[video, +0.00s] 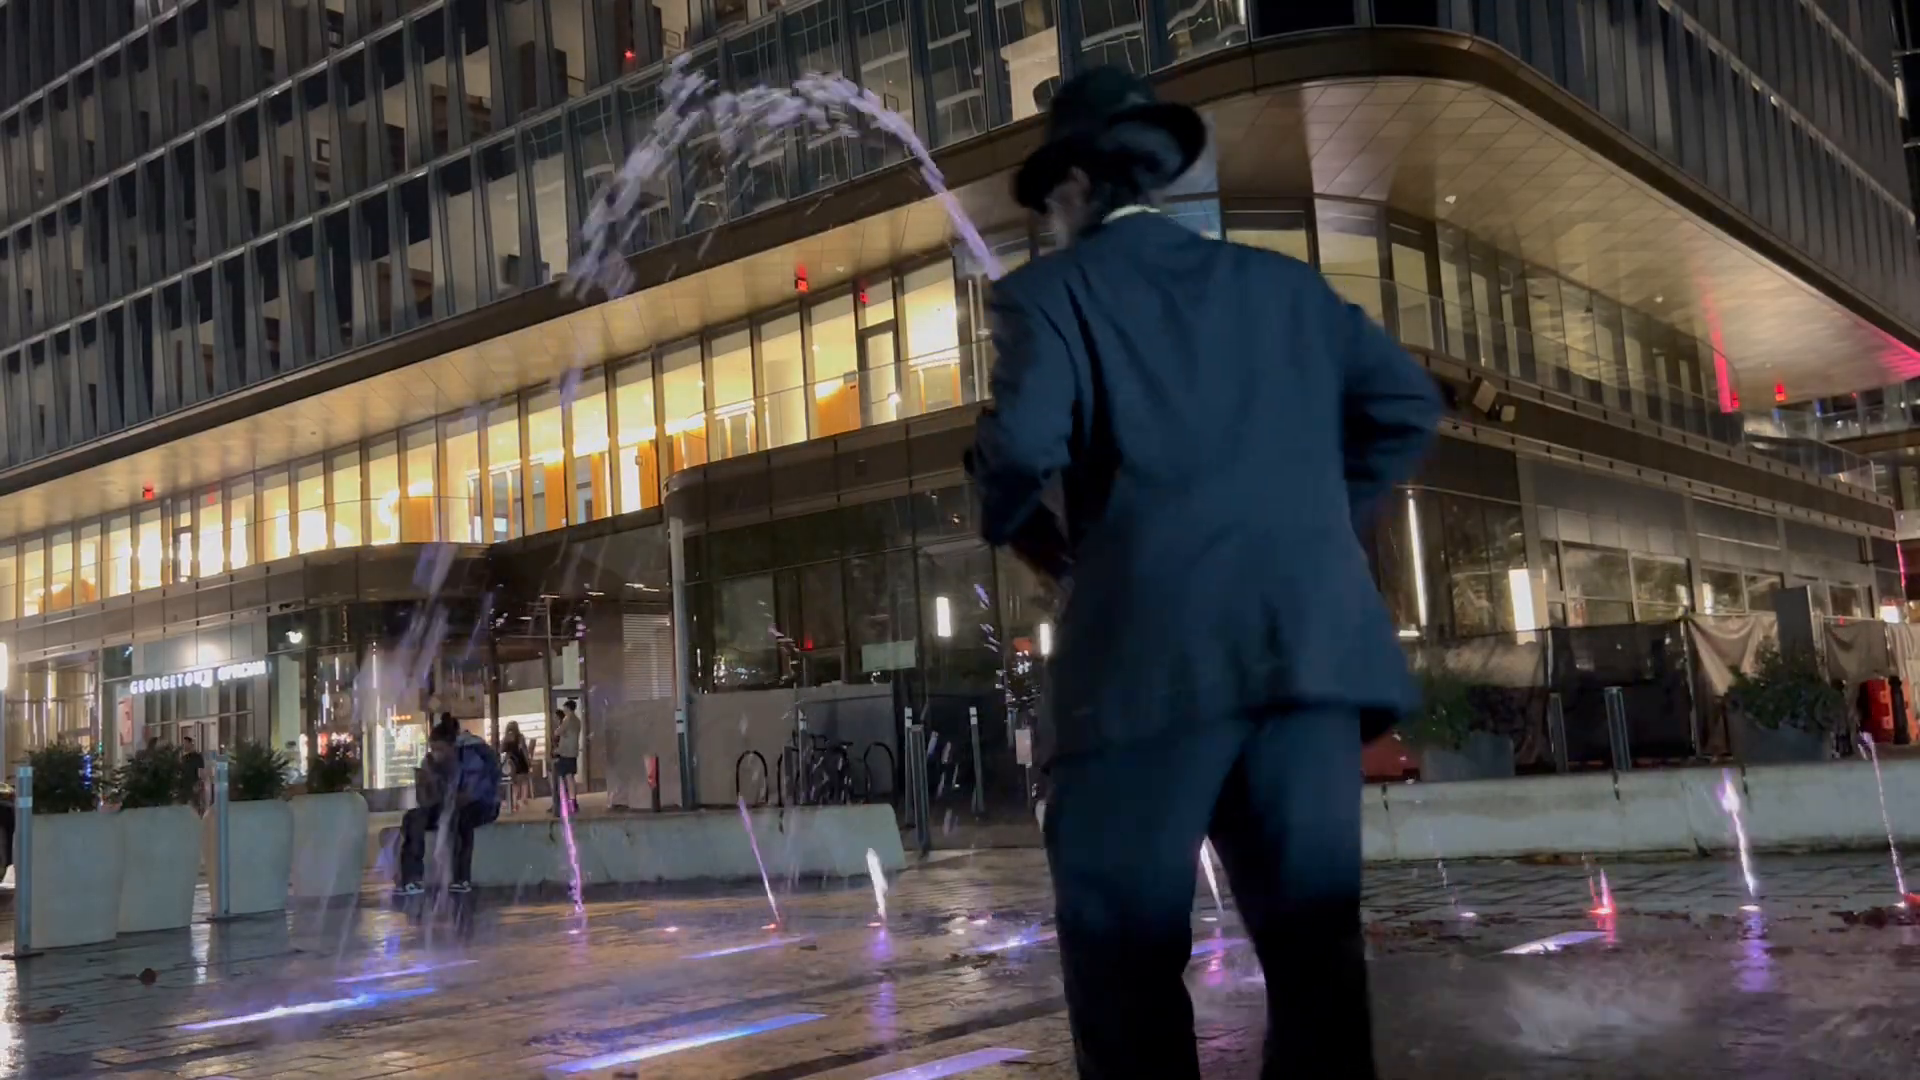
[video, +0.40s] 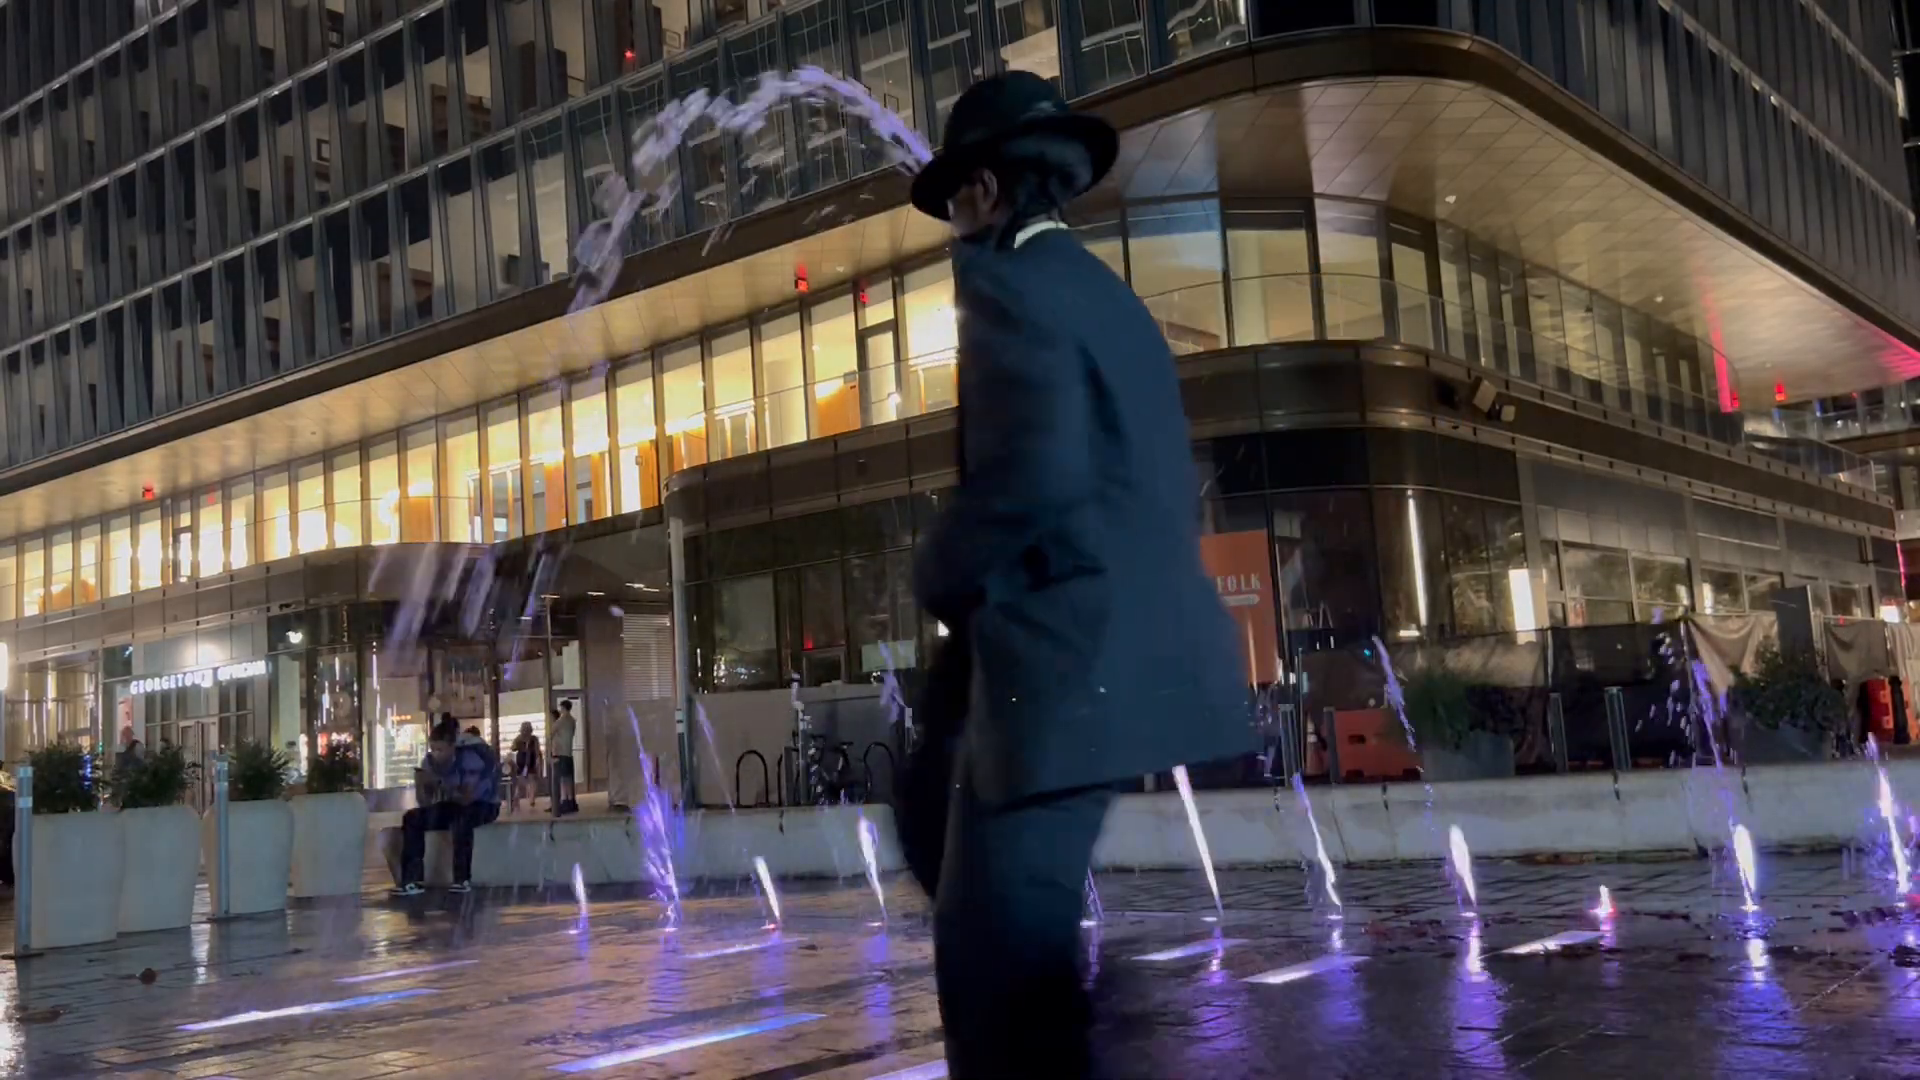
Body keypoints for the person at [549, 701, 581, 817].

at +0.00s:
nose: (564, 711)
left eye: (565, 709)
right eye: (564, 709)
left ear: (567, 709)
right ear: (573, 709)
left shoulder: (567, 720)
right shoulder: (577, 720)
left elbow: (558, 732)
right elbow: (573, 735)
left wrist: (559, 727)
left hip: (564, 753)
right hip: (573, 752)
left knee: (560, 779)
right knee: (571, 778)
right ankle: (573, 801)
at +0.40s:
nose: (560, 710)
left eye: (561, 708)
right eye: (561, 708)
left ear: (563, 708)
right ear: (569, 708)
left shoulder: (560, 720)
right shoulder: (572, 720)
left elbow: (552, 733)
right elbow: (571, 734)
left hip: (560, 753)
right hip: (568, 752)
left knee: (563, 779)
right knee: (570, 779)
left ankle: (564, 801)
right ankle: (572, 800)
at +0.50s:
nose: (558, 710)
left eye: (559, 708)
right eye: (559, 708)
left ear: (561, 708)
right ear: (568, 708)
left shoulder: (559, 721)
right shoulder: (571, 720)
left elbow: (551, 733)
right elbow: (568, 736)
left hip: (558, 754)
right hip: (568, 753)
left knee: (556, 781)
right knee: (570, 780)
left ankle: (556, 805)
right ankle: (572, 801)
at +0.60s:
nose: (558, 710)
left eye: (558, 708)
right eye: (558, 708)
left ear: (561, 708)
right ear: (567, 708)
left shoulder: (559, 720)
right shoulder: (570, 720)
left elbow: (552, 731)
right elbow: (570, 736)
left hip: (560, 754)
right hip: (568, 753)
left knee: (559, 779)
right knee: (570, 780)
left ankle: (558, 803)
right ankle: (571, 801)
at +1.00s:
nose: (558, 710)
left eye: (560, 708)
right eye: (558, 708)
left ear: (562, 708)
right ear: (567, 708)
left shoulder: (560, 720)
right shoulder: (570, 719)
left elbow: (556, 734)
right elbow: (571, 735)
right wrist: (570, 748)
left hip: (561, 752)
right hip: (568, 752)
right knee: (570, 778)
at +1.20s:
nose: (560, 710)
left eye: (563, 708)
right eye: (560, 707)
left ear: (568, 708)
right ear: (559, 708)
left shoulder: (571, 721)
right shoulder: (558, 720)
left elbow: (569, 739)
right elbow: (554, 736)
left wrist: (567, 754)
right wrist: (551, 753)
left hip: (567, 754)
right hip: (556, 753)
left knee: (568, 779)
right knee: (555, 780)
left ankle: (571, 802)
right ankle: (555, 803)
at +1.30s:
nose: (561, 710)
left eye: (563, 708)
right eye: (561, 708)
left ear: (565, 708)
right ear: (570, 708)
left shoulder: (565, 720)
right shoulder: (572, 720)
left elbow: (556, 731)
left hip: (562, 754)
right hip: (569, 754)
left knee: (559, 781)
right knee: (569, 781)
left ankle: (557, 805)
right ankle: (572, 803)